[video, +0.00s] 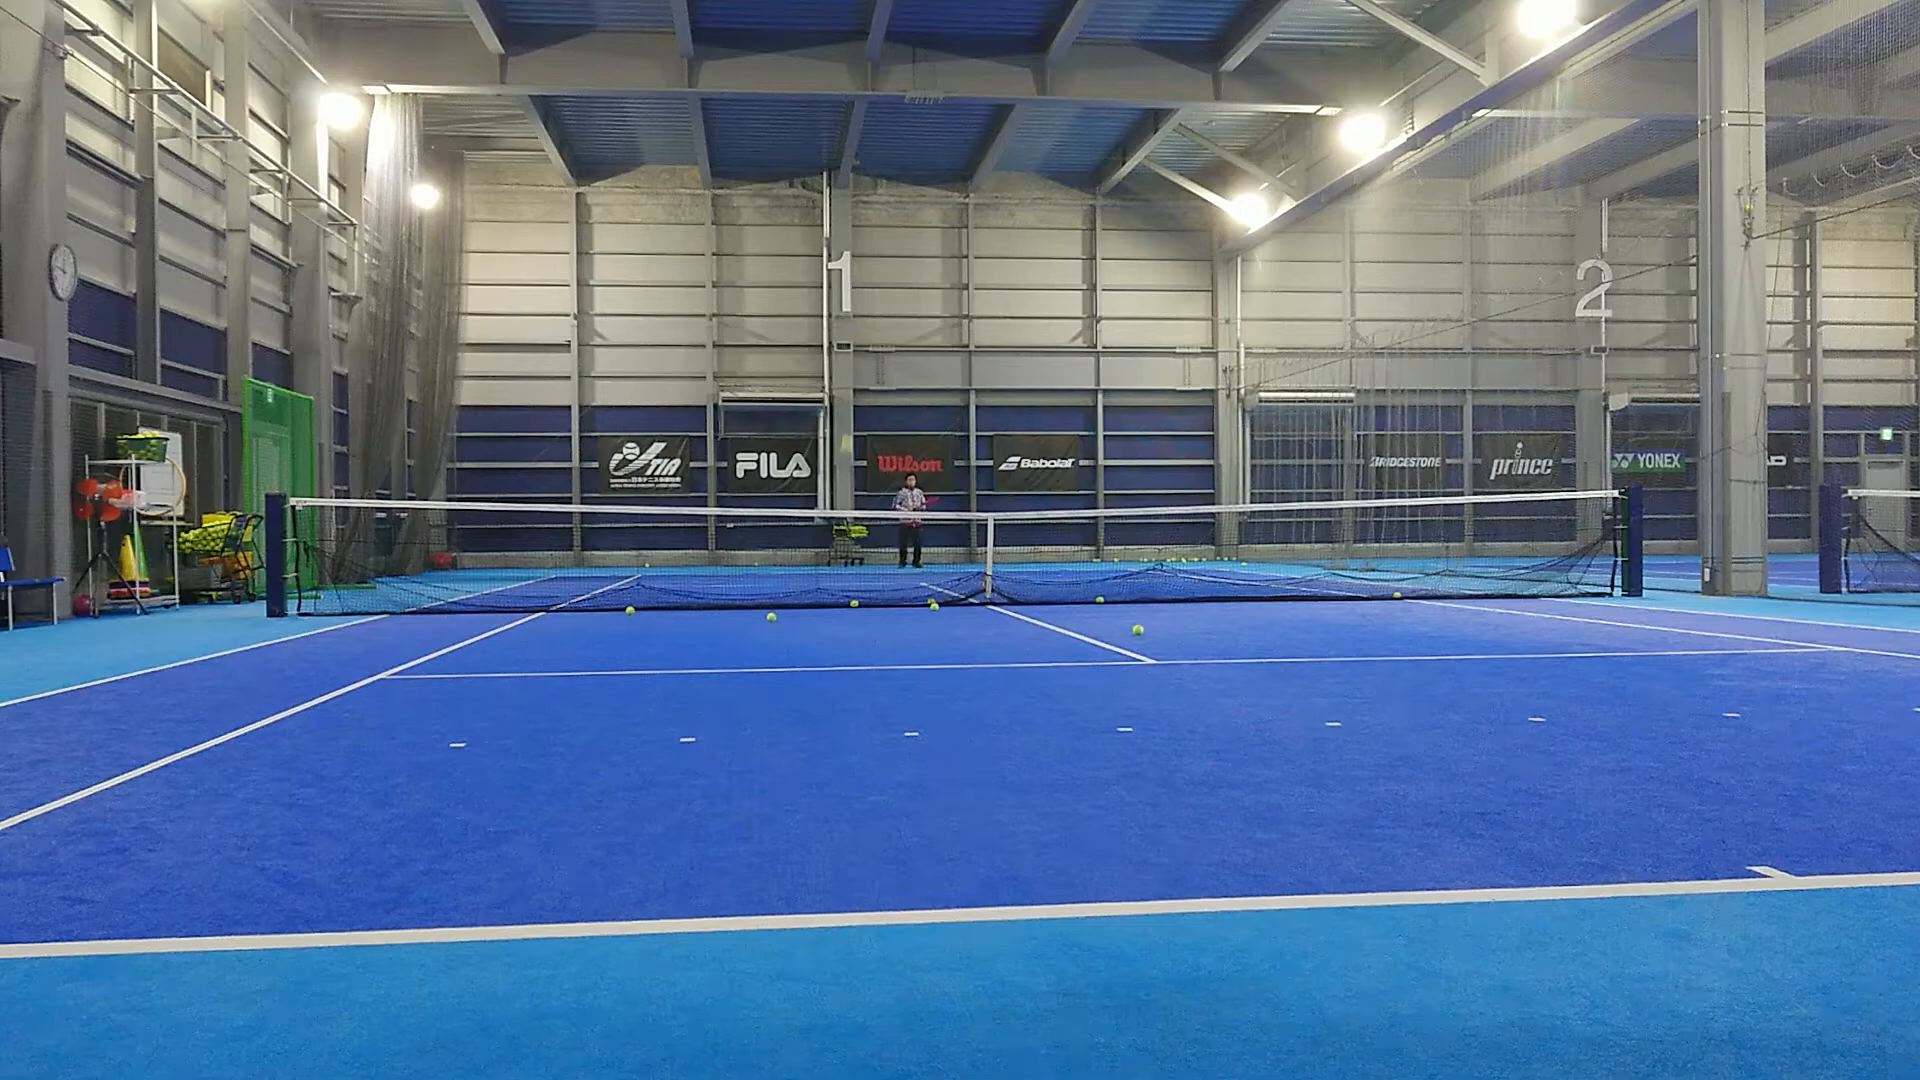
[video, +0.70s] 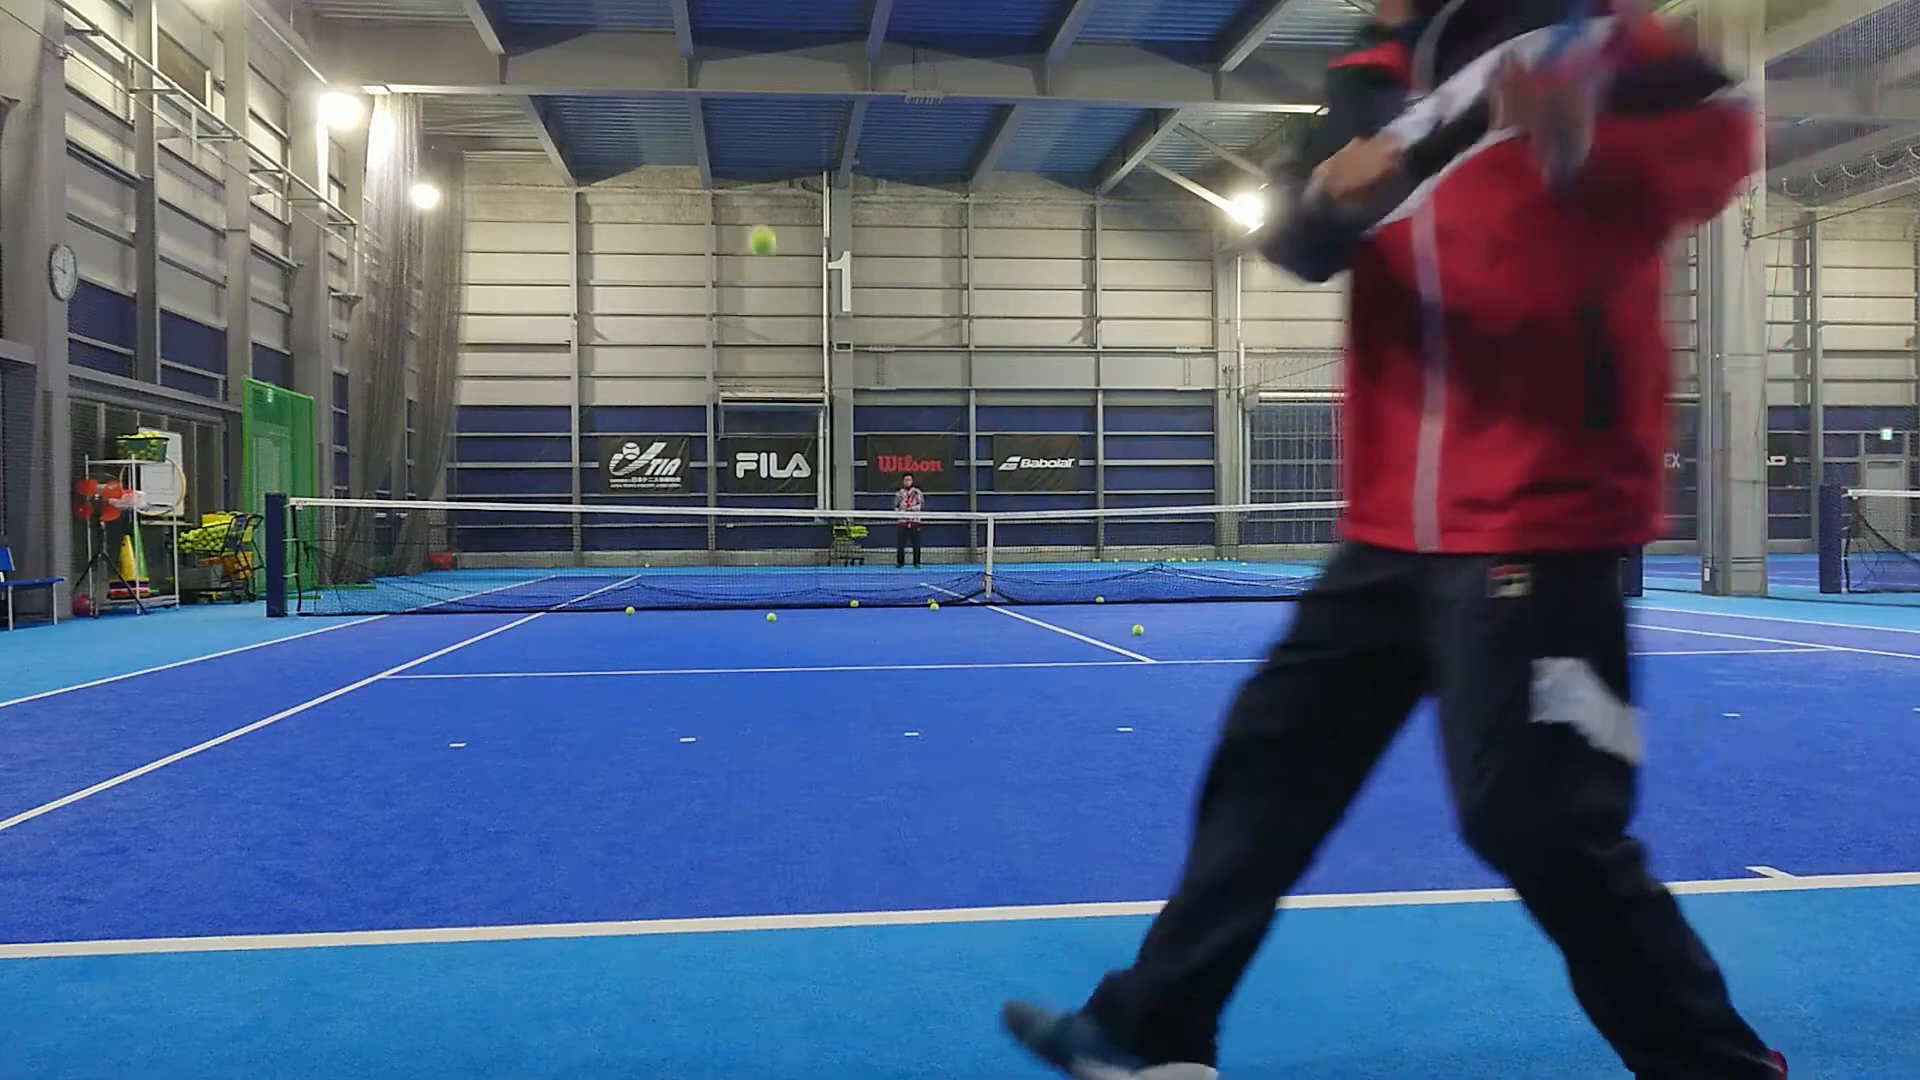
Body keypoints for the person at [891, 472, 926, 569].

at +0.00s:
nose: (911, 482)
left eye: (913, 480)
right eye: (909, 480)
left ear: (915, 481)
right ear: (906, 481)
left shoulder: (919, 492)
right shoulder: (901, 493)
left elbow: (924, 505)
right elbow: (896, 505)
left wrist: (919, 509)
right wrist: (906, 511)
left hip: (916, 521)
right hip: (904, 521)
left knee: (917, 543)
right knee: (903, 544)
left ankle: (916, 561)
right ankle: (902, 561)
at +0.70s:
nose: (908, 482)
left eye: (909, 480)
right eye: (906, 480)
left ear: (912, 481)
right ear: (903, 481)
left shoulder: (917, 493)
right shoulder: (899, 493)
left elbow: (921, 505)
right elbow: (895, 506)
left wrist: (911, 508)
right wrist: (900, 514)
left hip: (914, 521)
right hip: (902, 521)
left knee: (916, 544)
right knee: (900, 544)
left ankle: (917, 562)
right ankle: (900, 562)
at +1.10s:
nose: (901, 482)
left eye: (903, 480)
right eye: (899, 480)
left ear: (906, 481)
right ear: (896, 481)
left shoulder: (912, 492)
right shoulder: (894, 494)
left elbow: (916, 505)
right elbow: (890, 507)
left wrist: (908, 509)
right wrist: (897, 514)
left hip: (912, 522)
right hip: (900, 522)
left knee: (915, 544)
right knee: (899, 545)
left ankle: (917, 562)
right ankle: (899, 563)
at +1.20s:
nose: (902, 482)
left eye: (904, 479)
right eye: (900, 480)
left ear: (907, 481)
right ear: (897, 481)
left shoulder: (913, 492)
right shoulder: (894, 494)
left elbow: (917, 505)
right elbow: (890, 507)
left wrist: (908, 510)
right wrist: (898, 515)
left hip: (912, 521)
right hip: (900, 522)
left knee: (916, 544)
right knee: (899, 545)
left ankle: (920, 562)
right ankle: (899, 563)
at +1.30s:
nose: (903, 483)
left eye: (905, 480)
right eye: (901, 481)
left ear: (908, 482)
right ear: (898, 482)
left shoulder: (914, 494)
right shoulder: (895, 495)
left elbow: (918, 506)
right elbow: (891, 507)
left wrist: (910, 513)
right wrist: (899, 514)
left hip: (913, 522)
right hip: (901, 523)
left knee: (918, 544)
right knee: (899, 545)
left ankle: (923, 561)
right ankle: (899, 563)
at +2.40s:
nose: (955, 491)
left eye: (957, 489)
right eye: (953, 489)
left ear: (961, 490)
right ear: (952, 491)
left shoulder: (963, 499)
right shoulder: (955, 500)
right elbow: (944, 505)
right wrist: (933, 503)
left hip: (966, 526)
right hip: (957, 526)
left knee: (966, 546)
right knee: (951, 545)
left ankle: (983, 556)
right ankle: (957, 561)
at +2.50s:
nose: (961, 489)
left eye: (963, 487)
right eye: (960, 487)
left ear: (968, 487)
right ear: (959, 489)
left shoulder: (970, 497)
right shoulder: (961, 498)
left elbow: (957, 500)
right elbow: (950, 501)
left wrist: (945, 500)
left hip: (971, 525)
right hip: (962, 525)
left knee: (977, 546)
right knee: (955, 543)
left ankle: (989, 560)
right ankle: (958, 561)